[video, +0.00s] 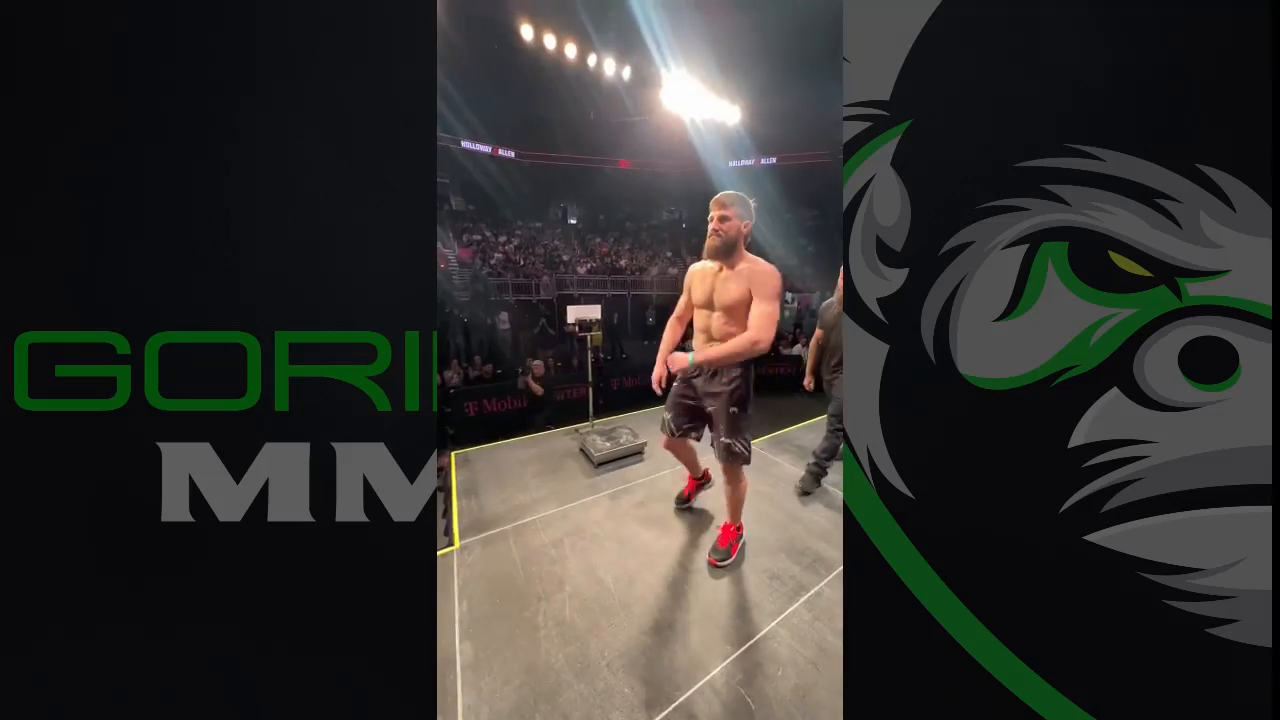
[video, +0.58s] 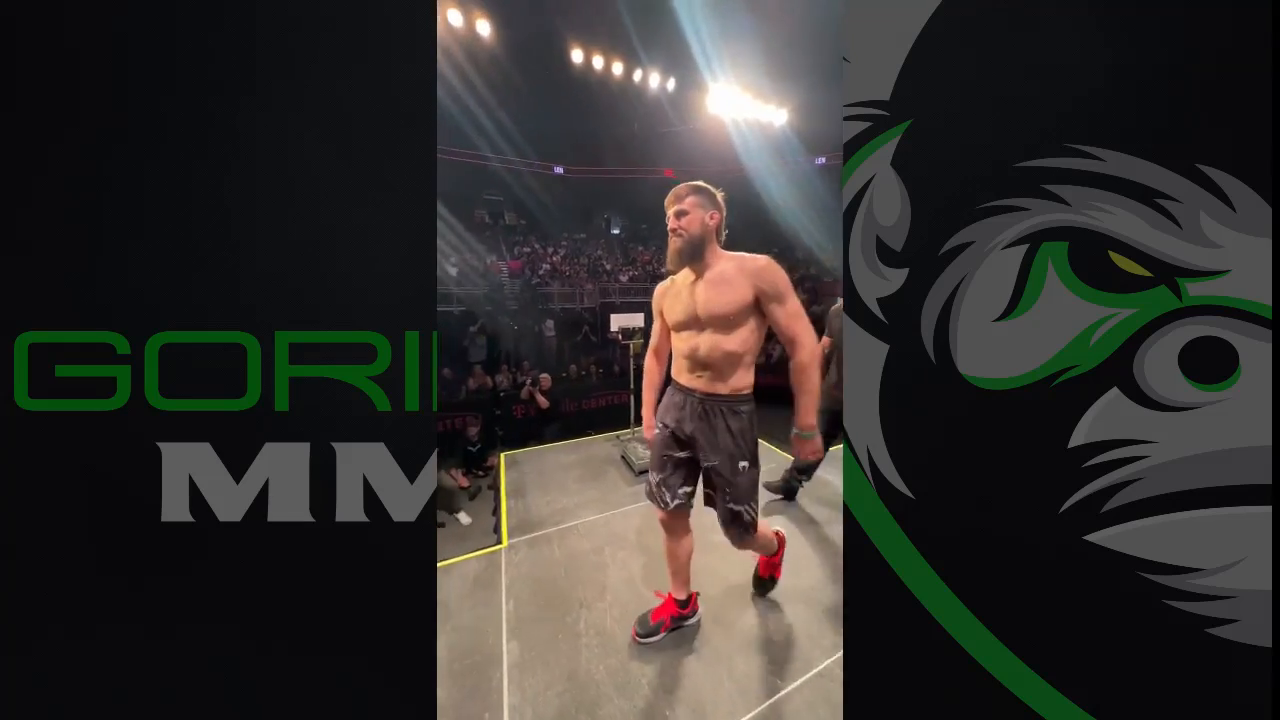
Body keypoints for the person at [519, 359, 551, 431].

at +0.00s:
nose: (536, 371)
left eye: (538, 368)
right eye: (534, 369)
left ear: (543, 369)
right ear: (532, 370)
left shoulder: (547, 379)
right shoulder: (532, 380)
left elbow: (540, 392)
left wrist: (529, 380)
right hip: (533, 409)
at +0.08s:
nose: (532, 372)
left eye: (534, 369)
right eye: (530, 370)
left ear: (540, 369)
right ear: (528, 371)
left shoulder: (545, 381)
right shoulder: (528, 381)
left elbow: (535, 394)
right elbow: (516, 388)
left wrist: (525, 381)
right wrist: (517, 378)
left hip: (542, 413)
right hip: (529, 412)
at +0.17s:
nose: (530, 376)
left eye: (532, 373)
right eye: (528, 374)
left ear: (538, 373)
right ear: (526, 374)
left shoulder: (541, 384)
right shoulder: (525, 383)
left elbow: (533, 397)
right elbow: (512, 390)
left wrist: (523, 384)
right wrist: (515, 380)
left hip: (538, 412)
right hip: (525, 412)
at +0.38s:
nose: (526, 380)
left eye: (528, 377)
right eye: (525, 378)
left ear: (534, 378)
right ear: (523, 379)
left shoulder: (537, 389)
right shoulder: (523, 388)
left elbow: (528, 402)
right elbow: (508, 394)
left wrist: (519, 389)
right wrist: (512, 383)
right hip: (523, 416)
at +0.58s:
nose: (542, 383)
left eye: (544, 381)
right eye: (541, 381)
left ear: (550, 382)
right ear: (539, 383)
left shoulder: (552, 393)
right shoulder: (538, 392)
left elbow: (545, 405)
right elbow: (523, 397)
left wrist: (535, 392)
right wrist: (527, 386)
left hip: (552, 420)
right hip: (539, 420)